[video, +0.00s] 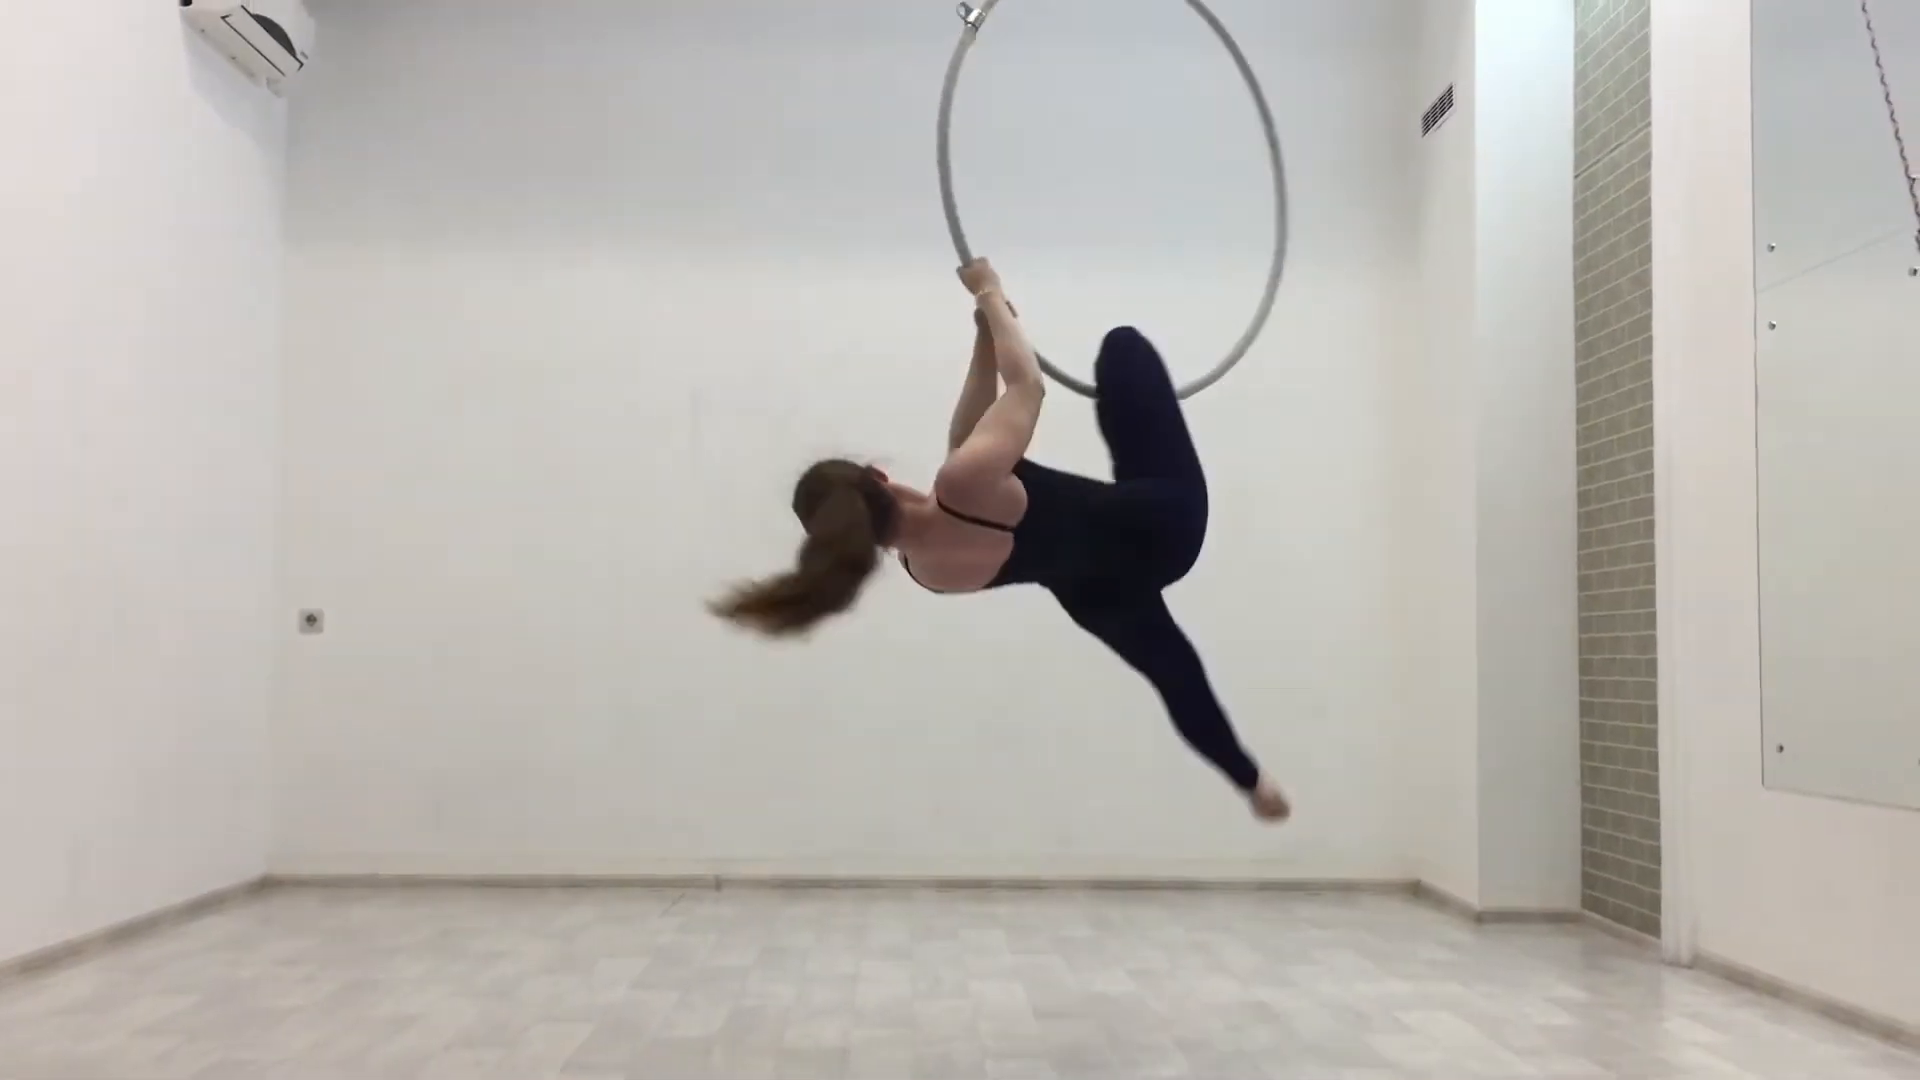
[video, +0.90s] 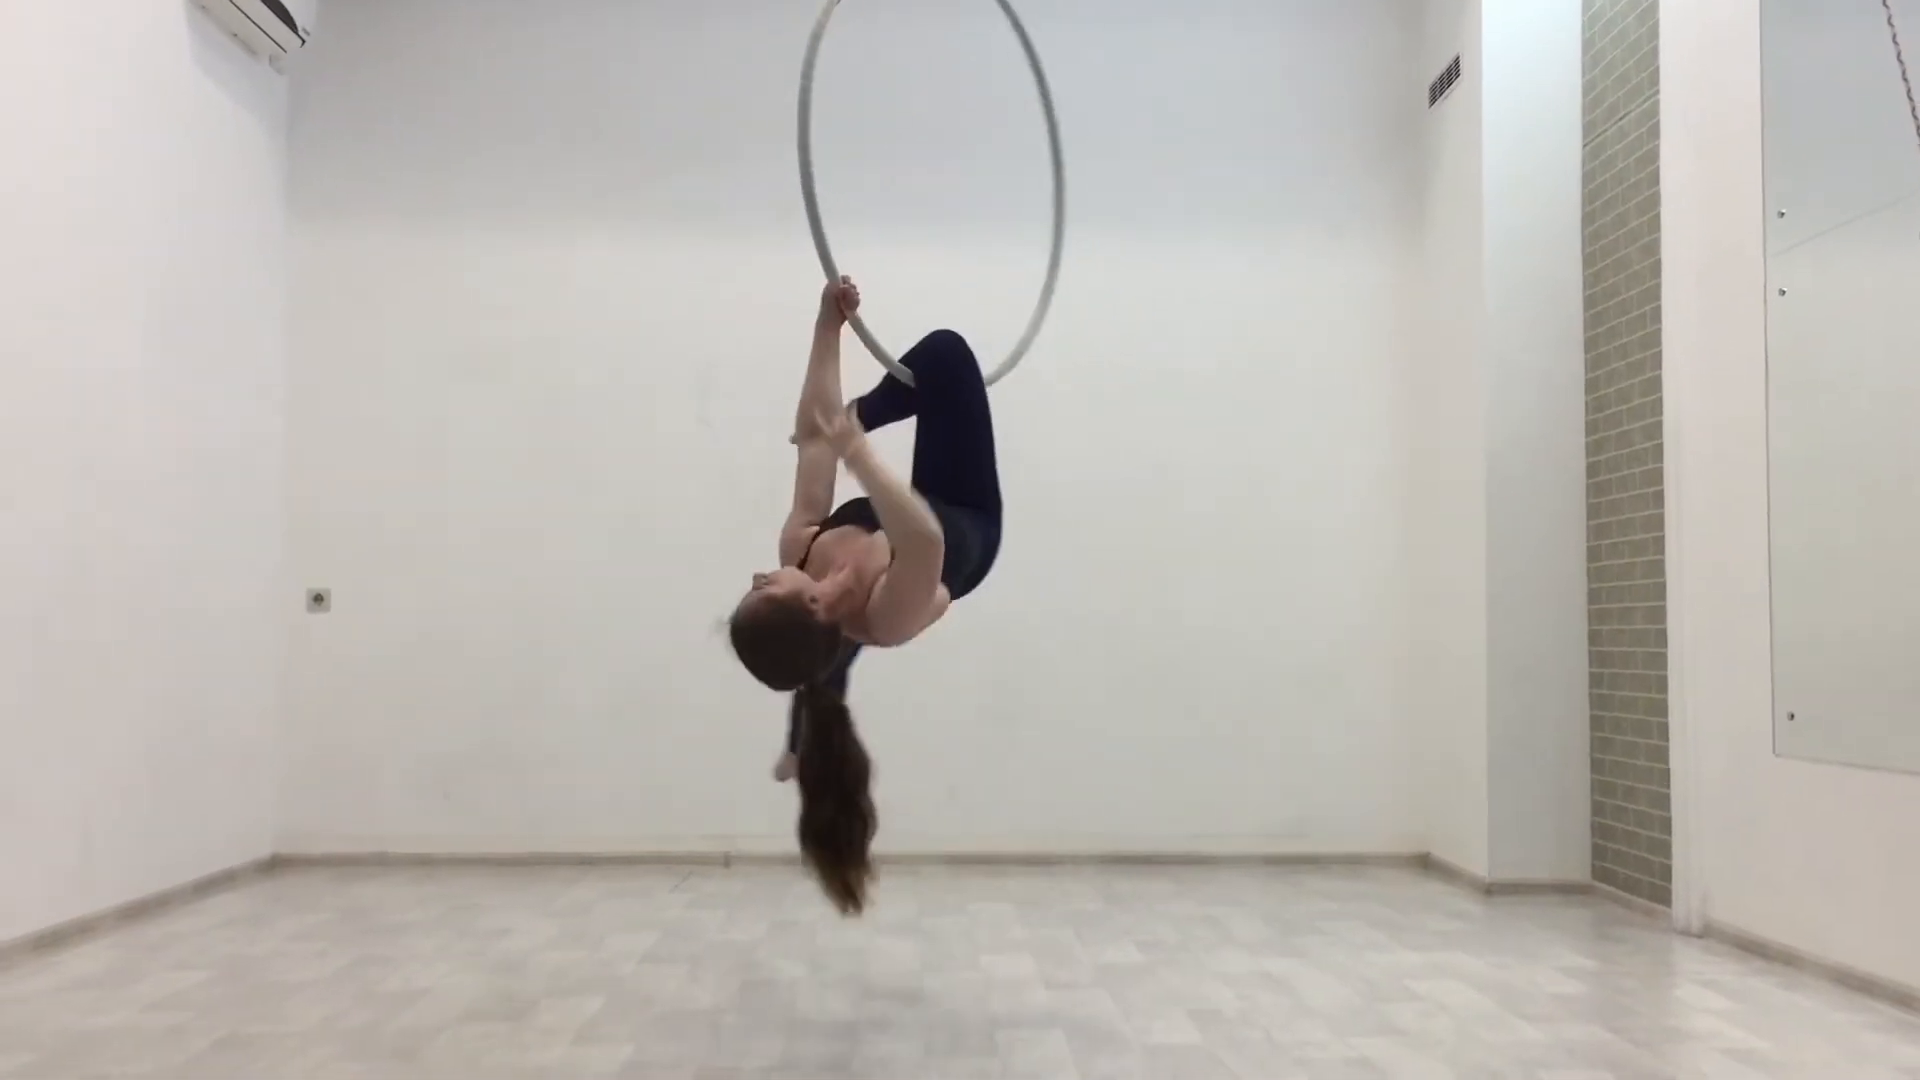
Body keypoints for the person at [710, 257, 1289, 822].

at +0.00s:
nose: (881, 461)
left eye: (871, 462)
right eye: (874, 462)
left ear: (859, 536)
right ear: (883, 478)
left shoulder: (927, 572)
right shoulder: (968, 473)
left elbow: (963, 436)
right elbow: (1027, 385)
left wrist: (988, 333)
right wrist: (993, 302)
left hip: (1095, 594)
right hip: (1158, 528)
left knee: (1178, 681)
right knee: (1123, 347)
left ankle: (1255, 787)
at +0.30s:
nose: (863, 514)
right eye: (855, 524)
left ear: (856, 598)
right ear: (865, 533)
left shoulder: (918, 596)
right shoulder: (958, 495)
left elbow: (909, 452)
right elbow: (963, 389)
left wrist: (928, 335)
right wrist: (924, 292)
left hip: (1046, 609)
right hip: (1117, 541)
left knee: (1091, 703)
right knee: (1043, 355)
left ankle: (1146, 810)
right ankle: (1013, 472)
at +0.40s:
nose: (851, 511)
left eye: (844, 516)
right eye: (845, 517)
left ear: (853, 593)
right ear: (854, 527)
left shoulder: (902, 581)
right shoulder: (949, 490)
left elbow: (894, 446)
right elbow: (952, 382)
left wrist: (917, 327)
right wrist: (920, 281)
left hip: (1019, 604)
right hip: (1095, 538)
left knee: (1045, 693)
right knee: (1035, 352)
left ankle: (1082, 800)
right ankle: (992, 465)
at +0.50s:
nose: (840, 512)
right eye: (832, 517)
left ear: (840, 595)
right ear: (837, 530)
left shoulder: (886, 579)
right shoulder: (933, 493)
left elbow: (880, 444)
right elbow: (938, 374)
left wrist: (900, 326)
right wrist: (904, 276)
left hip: (1004, 599)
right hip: (1072, 534)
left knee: (997, 684)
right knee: (1020, 351)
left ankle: (1015, 786)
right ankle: (969, 440)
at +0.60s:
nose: (832, 517)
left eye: (825, 520)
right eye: (825, 526)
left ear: (835, 605)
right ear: (834, 541)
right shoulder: (919, 510)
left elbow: (858, 443)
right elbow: (930, 391)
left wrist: (868, 326)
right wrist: (889, 304)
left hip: (971, 603)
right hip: (1046, 538)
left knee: (950, 678)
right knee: (999, 349)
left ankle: (946, 769)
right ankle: (915, 454)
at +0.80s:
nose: (779, 561)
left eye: (768, 571)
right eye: (789, 576)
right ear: (838, 598)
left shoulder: (806, 546)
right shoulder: (897, 594)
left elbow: (823, 442)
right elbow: (926, 466)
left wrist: (828, 341)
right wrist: (863, 380)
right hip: (982, 530)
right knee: (959, 351)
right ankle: (870, 438)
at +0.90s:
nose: (764, 572)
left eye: (759, 581)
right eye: (776, 585)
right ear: (825, 610)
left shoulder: (797, 545)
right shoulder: (893, 616)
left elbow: (816, 434)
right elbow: (927, 538)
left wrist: (830, 324)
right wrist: (853, 448)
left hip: (866, 524)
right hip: (963, 533)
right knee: (945, 353)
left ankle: (803, 744)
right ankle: (856, 426)